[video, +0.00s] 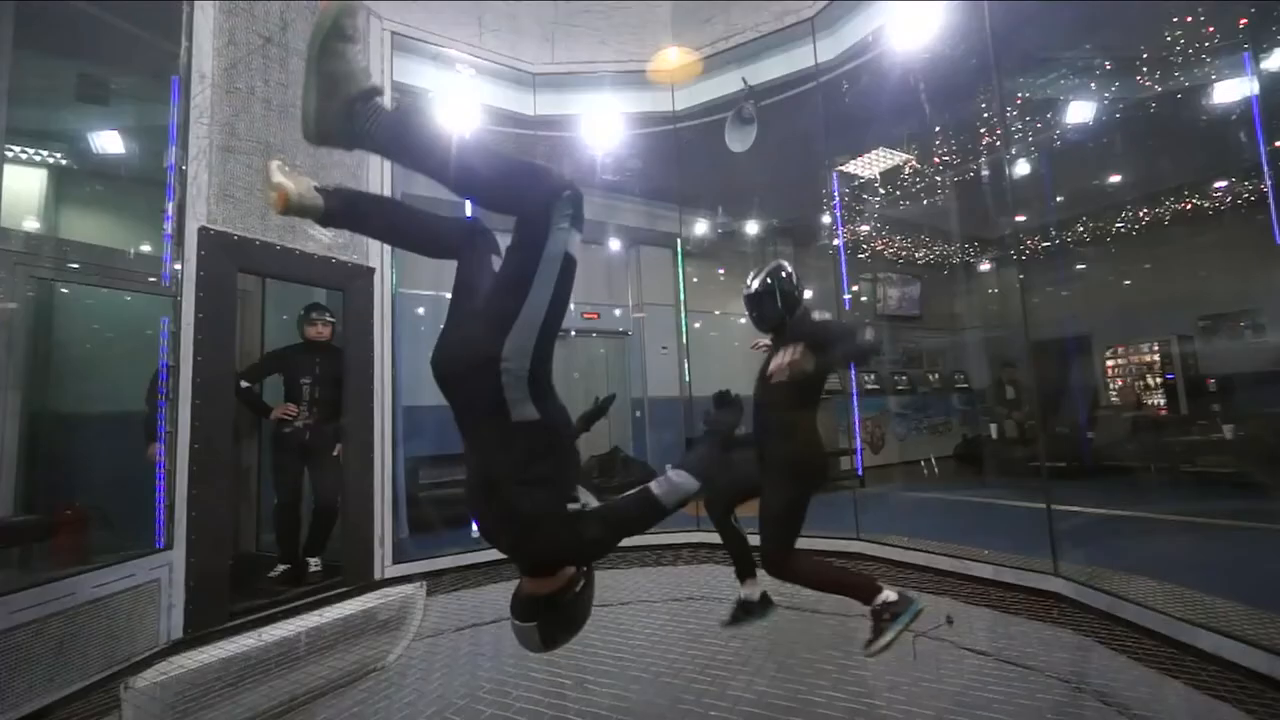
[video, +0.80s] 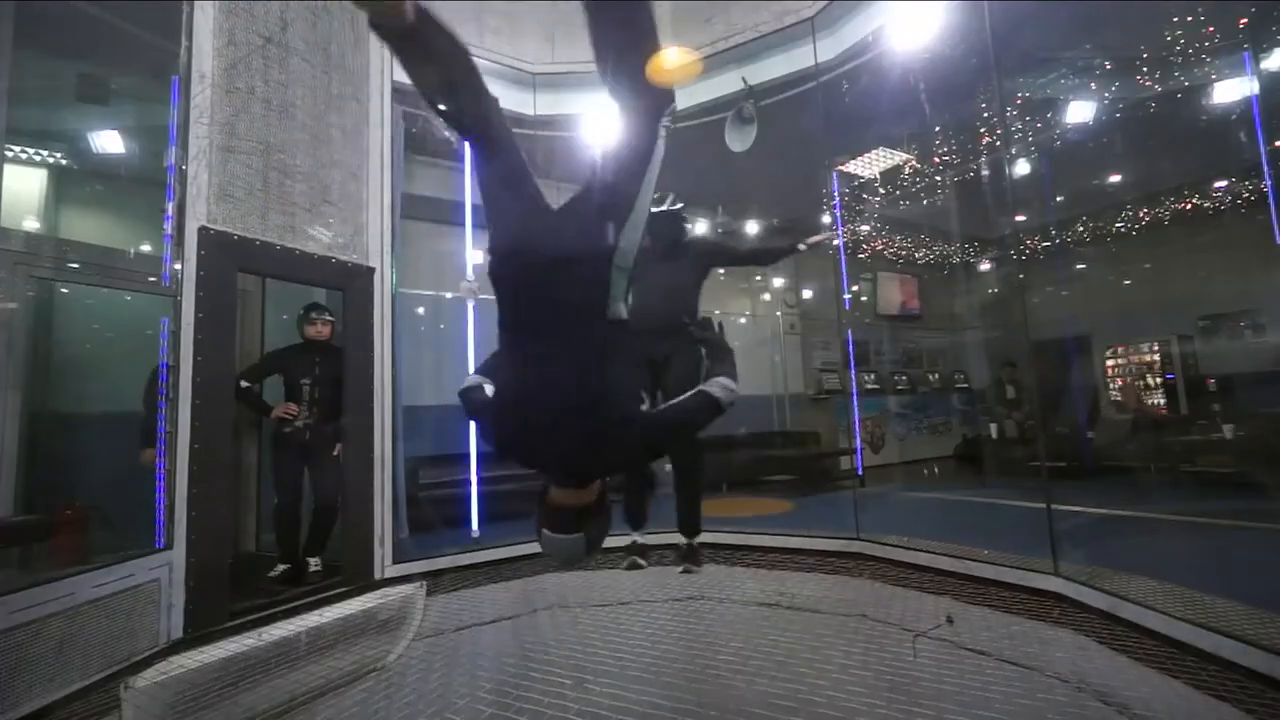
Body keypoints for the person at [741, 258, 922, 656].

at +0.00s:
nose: (758, 315)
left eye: (761, 306)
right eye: (754, 308)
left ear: (779, 300)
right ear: (786, 300)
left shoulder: (812, 332)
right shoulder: (789, 336)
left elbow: (863, 343)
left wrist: (812, 355)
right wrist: (775, 346)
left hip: (795, 460)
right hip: (772, 455)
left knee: (778, 559)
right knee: (716, 498)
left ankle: (885, 600)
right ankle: (751, 592)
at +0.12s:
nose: (748, 296)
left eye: (751, 287)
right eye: (746, 288)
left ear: (768, 282)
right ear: (783, 278)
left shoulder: (802, 314)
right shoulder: (782, 318)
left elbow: (860, 313)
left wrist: (807, 308)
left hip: (791, 446)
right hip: (771, 442)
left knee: (770, 541)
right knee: (707, 482)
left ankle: (860, 606)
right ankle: (740, 577)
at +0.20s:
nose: (747, 277)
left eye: (751, 267)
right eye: (745, 269)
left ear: (770, 262)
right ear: (767, 267)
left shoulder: (802, 291)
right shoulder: (771, 302)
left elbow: (848, 298)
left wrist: (798, 304)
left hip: (781, 429)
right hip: (756, 425)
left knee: (769, 521)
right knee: (702, 475)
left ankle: (830, 610)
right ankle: (724, 567)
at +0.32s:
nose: (742, 251)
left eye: (747, 241)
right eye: (739, 243)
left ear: (766, 238)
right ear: (739, 245)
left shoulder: (790, 267)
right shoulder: (758, 283)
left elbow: (849, 269)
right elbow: (751, 344)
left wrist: (817, 271)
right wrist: (729, 378)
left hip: (767, 392)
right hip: (736, 392)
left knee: (753, 484)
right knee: (706, 477)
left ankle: (778, 593)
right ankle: (707, 571)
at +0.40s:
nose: (733, 242)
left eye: (738, 233)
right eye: (729, 235)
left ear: (760, 228)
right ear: (734, 235)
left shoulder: (782, 257)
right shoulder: (751, 266)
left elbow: (830, 259)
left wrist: (852, 253)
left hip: (752, 377)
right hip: (724, 377)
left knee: (743, 475)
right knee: (702, 466)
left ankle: (754, 580)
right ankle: (701, 565)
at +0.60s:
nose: (703, 231)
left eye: (711, 222)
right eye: (698, 224)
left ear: (728, 220)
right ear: (691, 226)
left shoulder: (746, 254)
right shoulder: (692, 260)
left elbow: (796, 256)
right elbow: (668, 278)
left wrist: (842, 257)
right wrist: (630, 285)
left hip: (718, 363)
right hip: (678, 362)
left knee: (715, 454)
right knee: (674, 453)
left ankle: (716, 556)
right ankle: (681, 549)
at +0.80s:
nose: (660, 234)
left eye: (667, 226)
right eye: (655, 227)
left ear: (679, 227)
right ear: (647, 229)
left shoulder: (696, 251)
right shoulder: (636, 255)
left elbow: (749, 256)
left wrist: (798, 246)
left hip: (680, 345)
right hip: (636, 346)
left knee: (683, 437)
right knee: (635, 438)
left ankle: (690, 538)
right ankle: (635, 533)